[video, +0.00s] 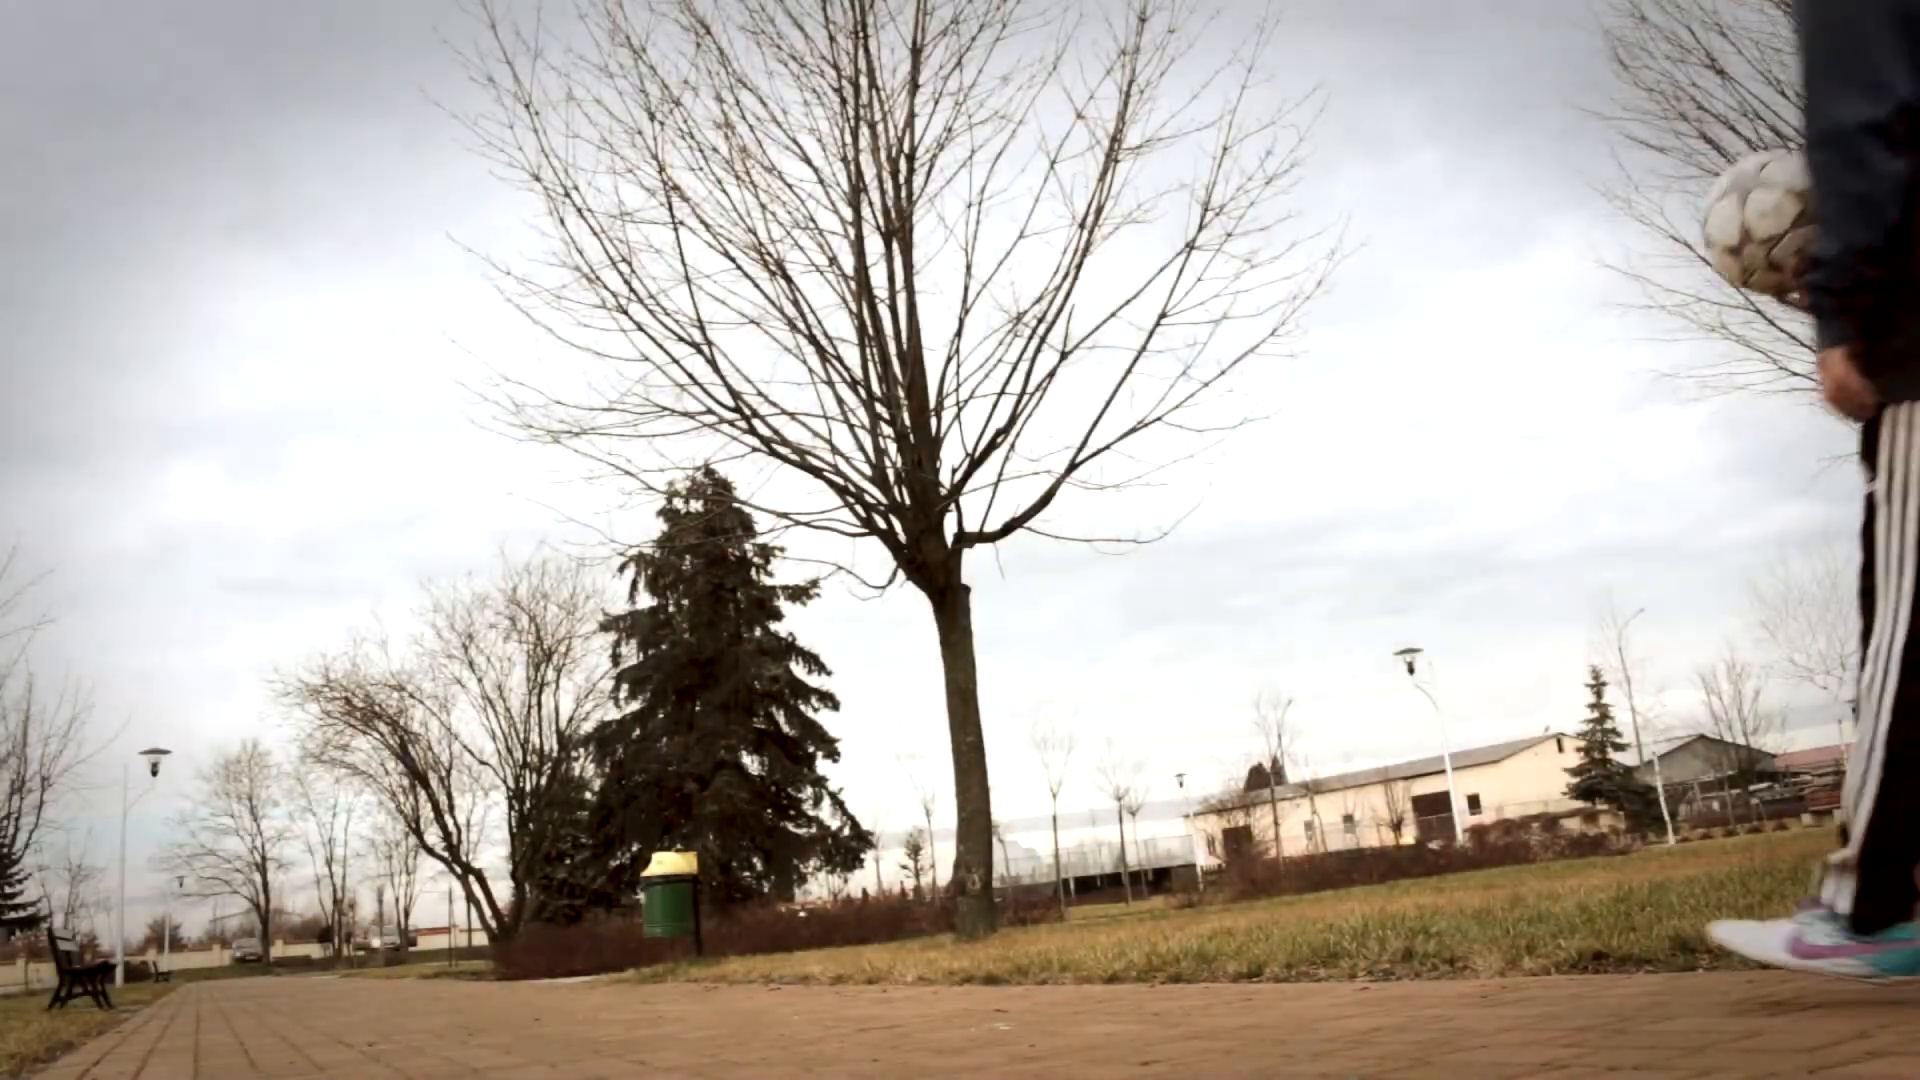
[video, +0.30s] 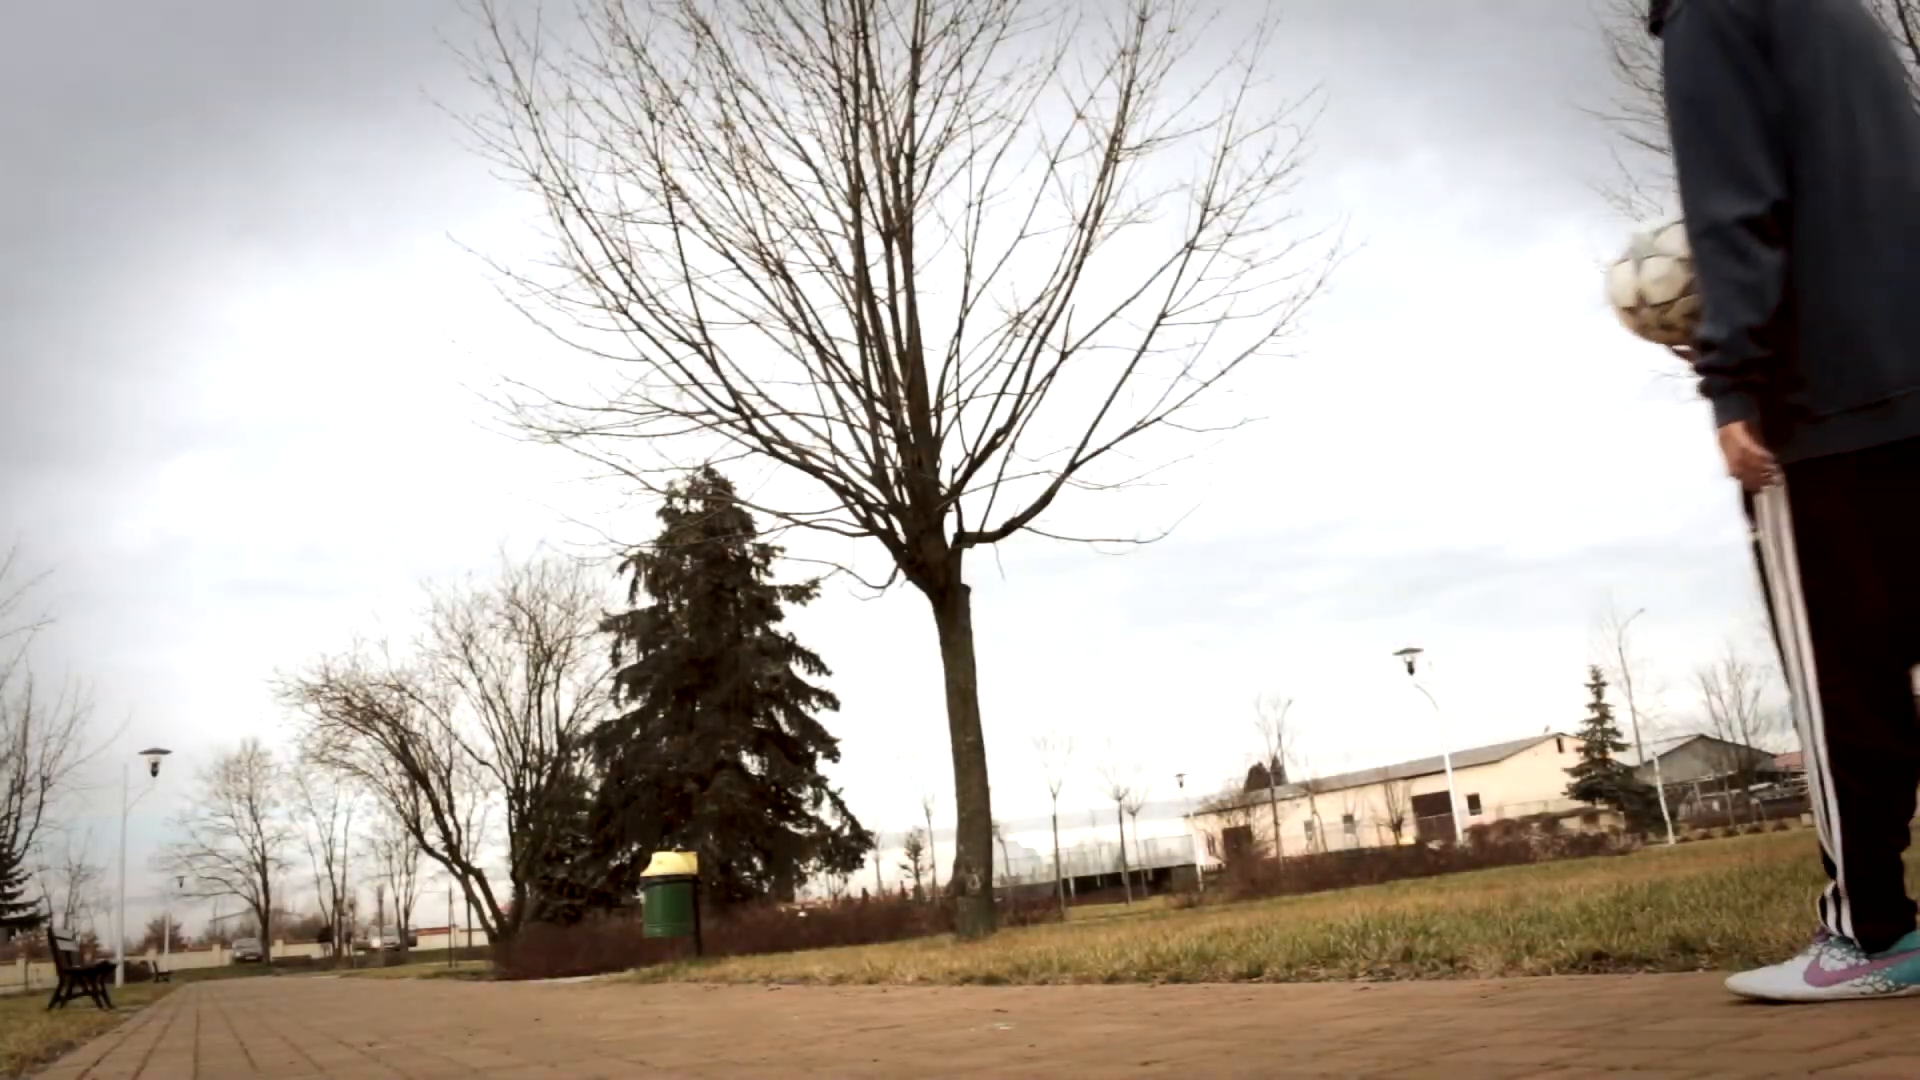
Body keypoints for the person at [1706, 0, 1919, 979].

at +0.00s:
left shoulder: (1853, 14)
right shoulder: (1851, 20)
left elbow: (1860, 128)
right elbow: (1863, 128)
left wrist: (1847, 323)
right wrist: (1848, 304)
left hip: (1915, 334)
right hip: (1910, 332)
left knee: (1904, 616)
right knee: (1902, 612)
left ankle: (1870, 903)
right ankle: (1885, 898)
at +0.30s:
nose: (1643, 5)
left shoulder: (1712, 18)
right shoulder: (1850, 21)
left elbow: (1734, 208)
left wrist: (1734, 391)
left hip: (1823, 400)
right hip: (1899, 380)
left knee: (1842, 676)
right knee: (1889, 669)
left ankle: (1867, 934)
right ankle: (1889, 929)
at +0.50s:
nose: (1591, 15)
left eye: (1593, 4)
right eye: (1592, 7)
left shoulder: (1670, 43)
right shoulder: (1764, 43)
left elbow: (1680, 243)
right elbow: (1774, 239)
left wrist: (1654, 419)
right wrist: (1653, 317)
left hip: (1760, 421)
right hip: (1833, 408)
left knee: (1792, 681)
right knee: (1823, 666)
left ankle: (1867, 934)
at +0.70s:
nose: (1541, 39)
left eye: (1542, 15)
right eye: (1537, 21)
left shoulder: (1648, 59)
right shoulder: (1674, 58)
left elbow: (1654, 251)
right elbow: (1688, 257)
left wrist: (1622, 420)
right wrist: (1602, 354)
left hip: (1726, 425)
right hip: (1705, 430)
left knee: (1780, 678)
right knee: (1700, 675)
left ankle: (1869, 935)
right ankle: (1743, 921)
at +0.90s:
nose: (1495, 74)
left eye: (1500, 51)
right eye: (1486, 61)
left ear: (1552, 25)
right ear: (1536, 43)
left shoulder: (1629, 90)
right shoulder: (1599, 128)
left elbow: (1661, 272)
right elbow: (1623, 321)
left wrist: (1626, 424)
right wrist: (1548, 415)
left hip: (1689, 461)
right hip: (1635, 473)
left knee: (1766, 692)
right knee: (1629, 704)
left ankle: (1872, 935)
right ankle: (1633, 929)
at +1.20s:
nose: (1432, 119)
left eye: (1438, 94)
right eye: (1418, 108)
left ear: (1491, 72)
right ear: (1430, 115)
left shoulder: (1574, 141)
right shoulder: (1471, 221)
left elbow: (1669, 279)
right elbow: (1471, 384)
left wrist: (1634, 403)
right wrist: (1431, 467)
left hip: (1606, 476)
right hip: (1531, 500)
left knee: (1646, 687)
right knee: (1583, 717)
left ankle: (1829, 893)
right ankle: (1631, 937)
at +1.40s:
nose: (1403, 142)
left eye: (1409, 116)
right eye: (1388, 132)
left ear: (1456, 90)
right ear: (1395, 136)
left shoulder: (1549, 155)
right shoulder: (1434, 236)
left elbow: (1631, 310)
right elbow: (1424, 386)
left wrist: (1613, 432)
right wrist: (1379, 480)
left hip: (1585, 476)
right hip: (1508, 503)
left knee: (1584, 681)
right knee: (1558, 703)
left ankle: (1726, 896)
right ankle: (1626, 929)